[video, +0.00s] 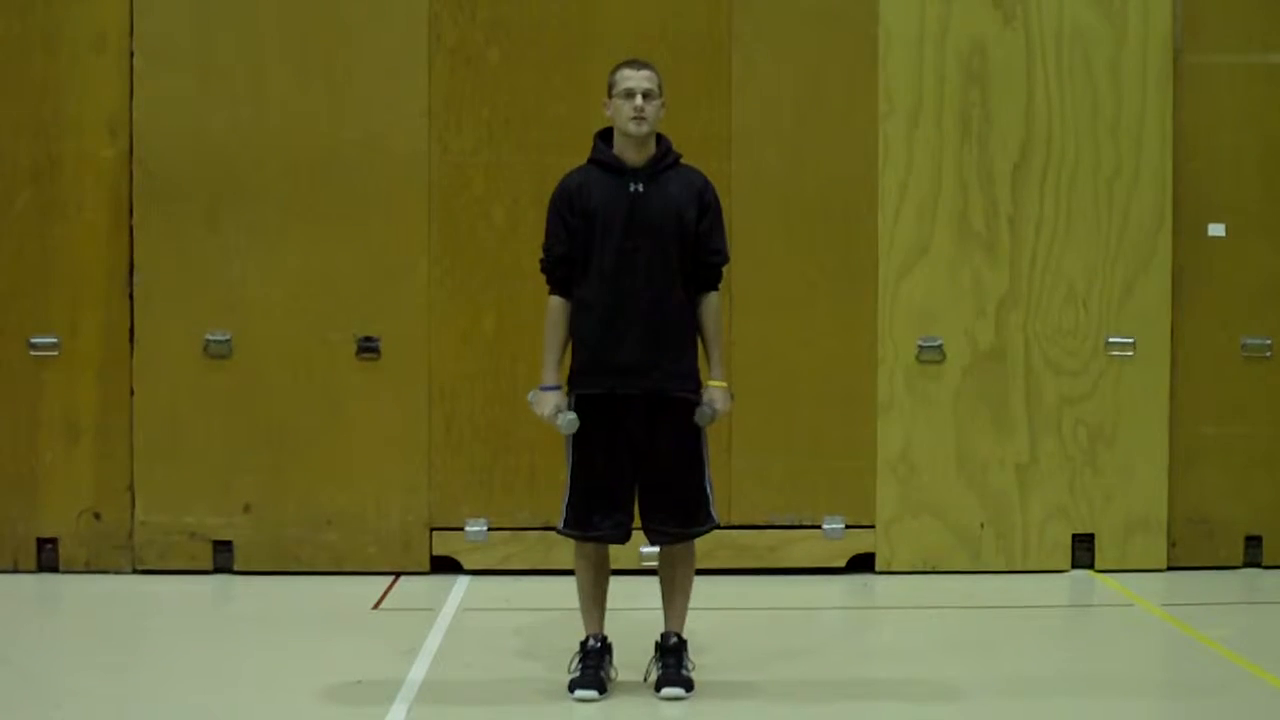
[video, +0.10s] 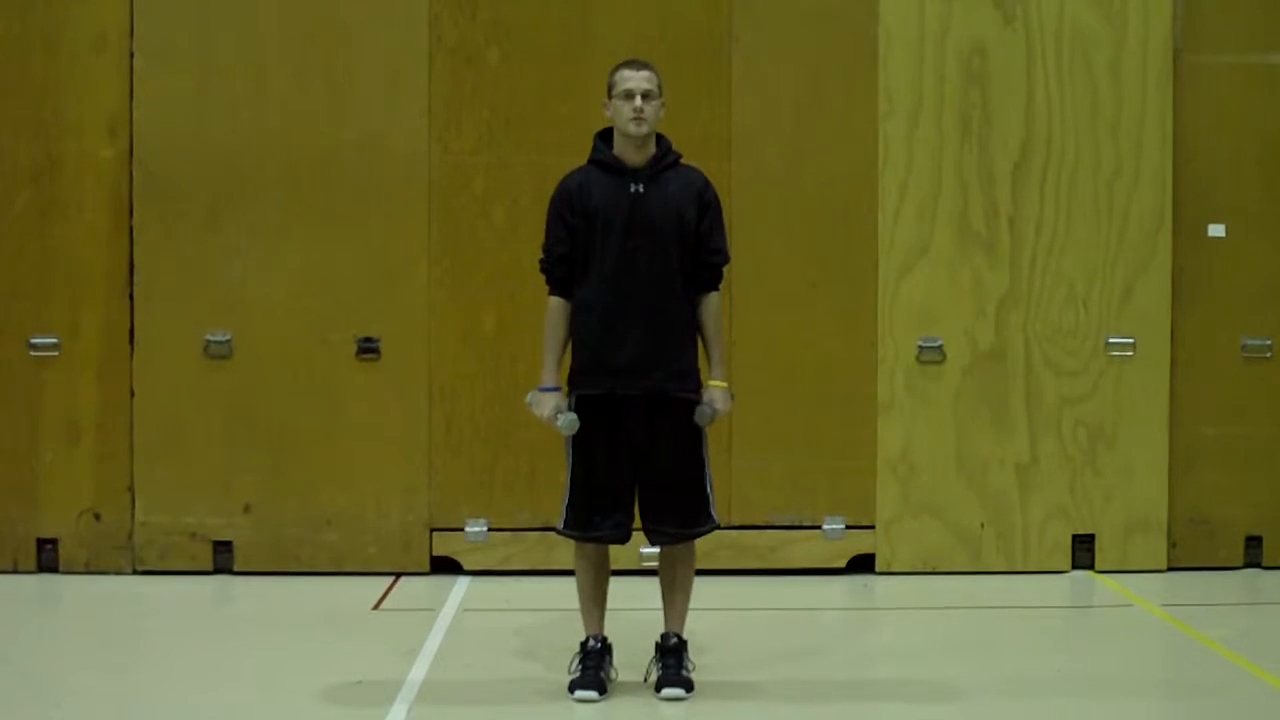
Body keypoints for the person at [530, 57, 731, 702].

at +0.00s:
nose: (639, 105)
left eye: (649, 96)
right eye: (628, 95)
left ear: (663, 108)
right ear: (608, 107)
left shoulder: (693, 188)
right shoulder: (577, 188)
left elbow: (709, 289)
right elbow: (560, 292)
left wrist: (717, 375)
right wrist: (551, 381)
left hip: (672, 384)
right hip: (597, 384)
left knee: (677, 523)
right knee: (592, 521)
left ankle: (673, 648)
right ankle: (593, 647)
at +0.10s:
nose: (639, 106)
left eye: (649, 96)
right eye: (628, 96)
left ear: (663, 108)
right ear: (607, 107)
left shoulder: (693, 188)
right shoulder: (576, 189)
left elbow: (709, 289)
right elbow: (560, 292)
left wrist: (717, 375)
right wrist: (550, 382)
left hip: (673, 384)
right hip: (597, 384)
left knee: (677, 524)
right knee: (592, 522)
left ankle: (673, 648)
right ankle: (592, 648)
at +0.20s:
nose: (638, 107)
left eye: (648, 97)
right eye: (626, 97)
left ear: (662, 109)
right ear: (607, 109)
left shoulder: (693, 189)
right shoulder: (576, 190)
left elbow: (708, 290)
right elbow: (560, 293)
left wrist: (717, 376)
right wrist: (550, 383)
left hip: (672, 385)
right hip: (596, 385)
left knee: (677, 525)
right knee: (591, 522)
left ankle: (672, 649)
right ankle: (592, 649)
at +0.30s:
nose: (638, 107)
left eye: (648, 98)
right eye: (626, 98)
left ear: (663, 109)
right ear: (607, 109)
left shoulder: (693, 189)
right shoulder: (576, 190)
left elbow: (709, 291)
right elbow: (560, 294)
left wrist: (718, 376)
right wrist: (553, 383)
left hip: (672, 385)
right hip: (597, 386)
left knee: (677, 525)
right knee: (592, 523)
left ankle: (673, 649)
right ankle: (593, 649)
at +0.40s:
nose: (638, 107)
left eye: (648, 98)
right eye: (626, 98)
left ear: (663, 109)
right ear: (607, 109)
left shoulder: (693, 189)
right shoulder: (577, 190)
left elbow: (709, 289)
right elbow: (560, 292)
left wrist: (719, 373)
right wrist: (555, 380)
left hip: (672, 384)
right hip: (596, 385)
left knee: (677, 524)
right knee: (591, 523)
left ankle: (673, 649)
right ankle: (593, 648)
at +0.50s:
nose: (637, 107)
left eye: (648, 98)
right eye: (626, 98)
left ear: (663, 109)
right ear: (608, 109)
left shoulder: (693, 189)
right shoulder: (577, 190)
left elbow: (709, 290)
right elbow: (561, 294)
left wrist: (717, 374)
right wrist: (556, 382)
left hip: (672, 385)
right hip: (596, 385)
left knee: (677, 524)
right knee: (591, 523)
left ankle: (673, 649)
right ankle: (593, 648)